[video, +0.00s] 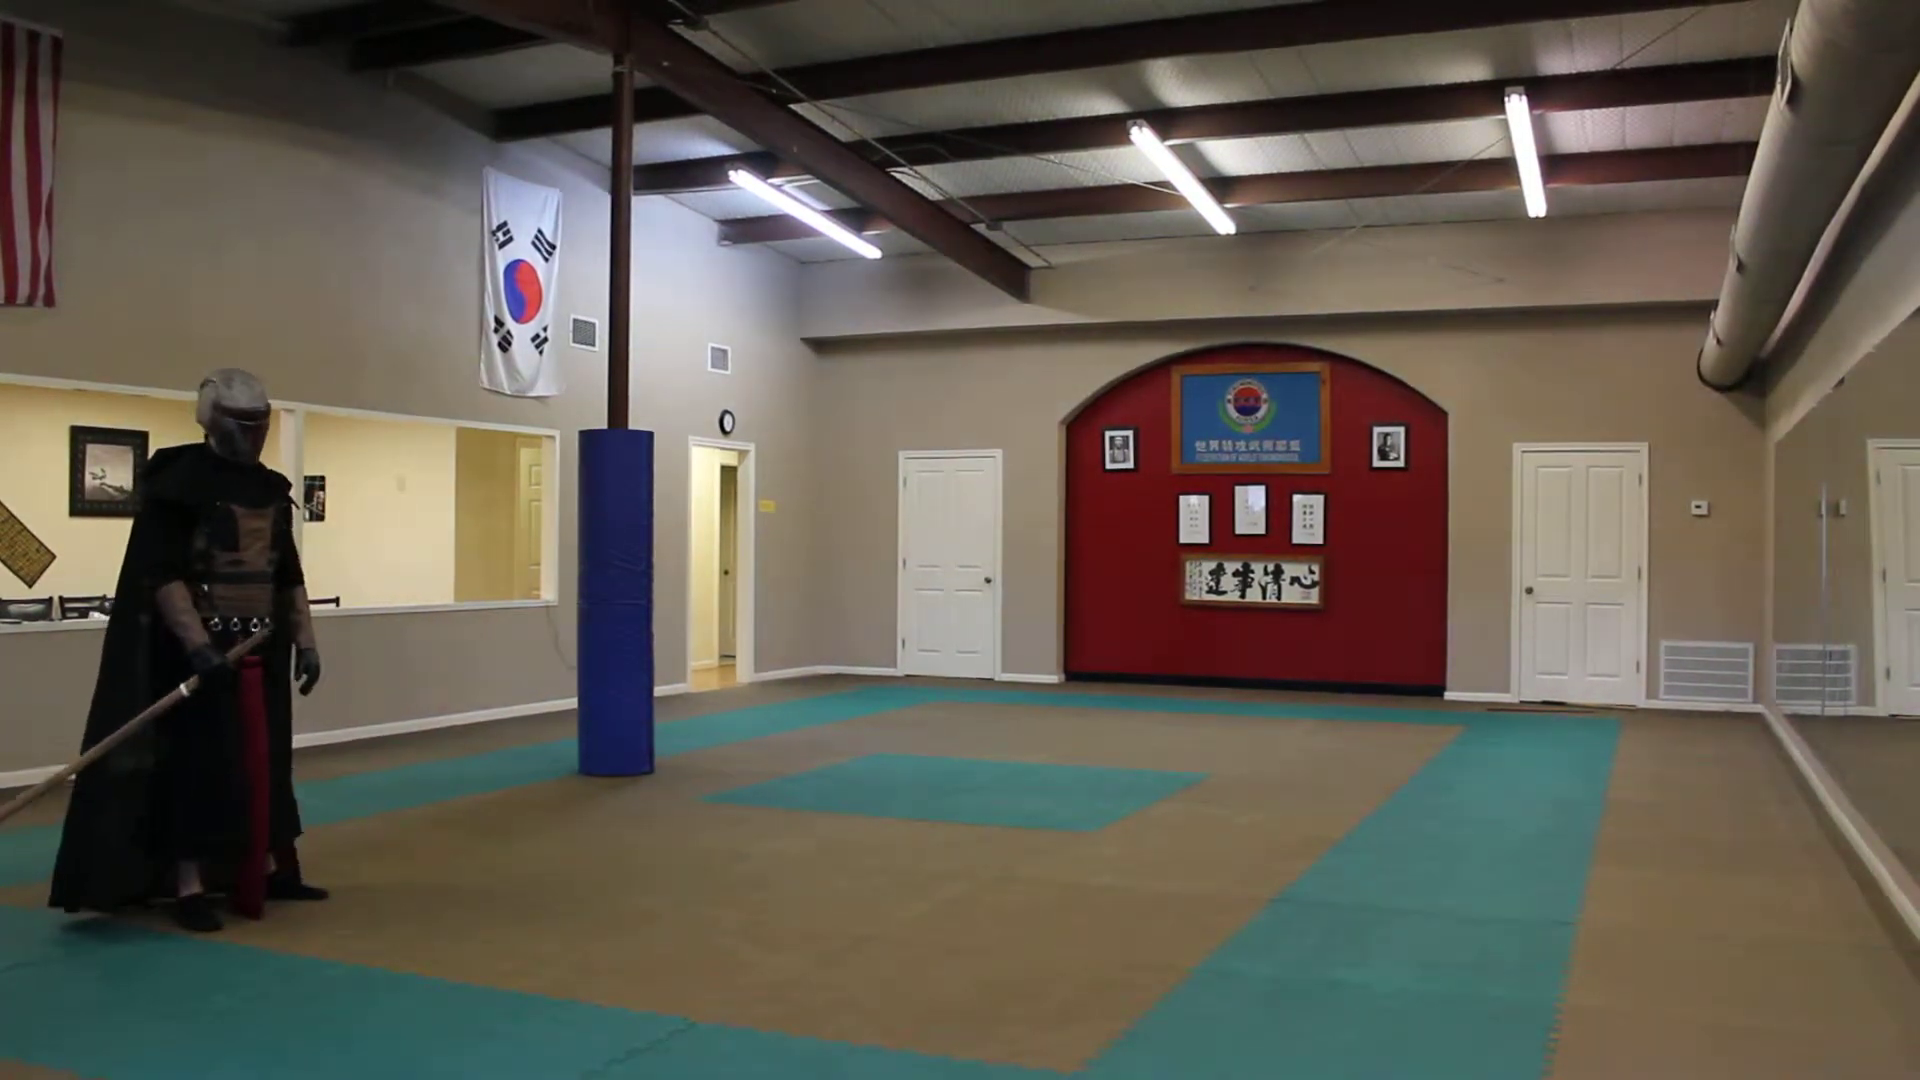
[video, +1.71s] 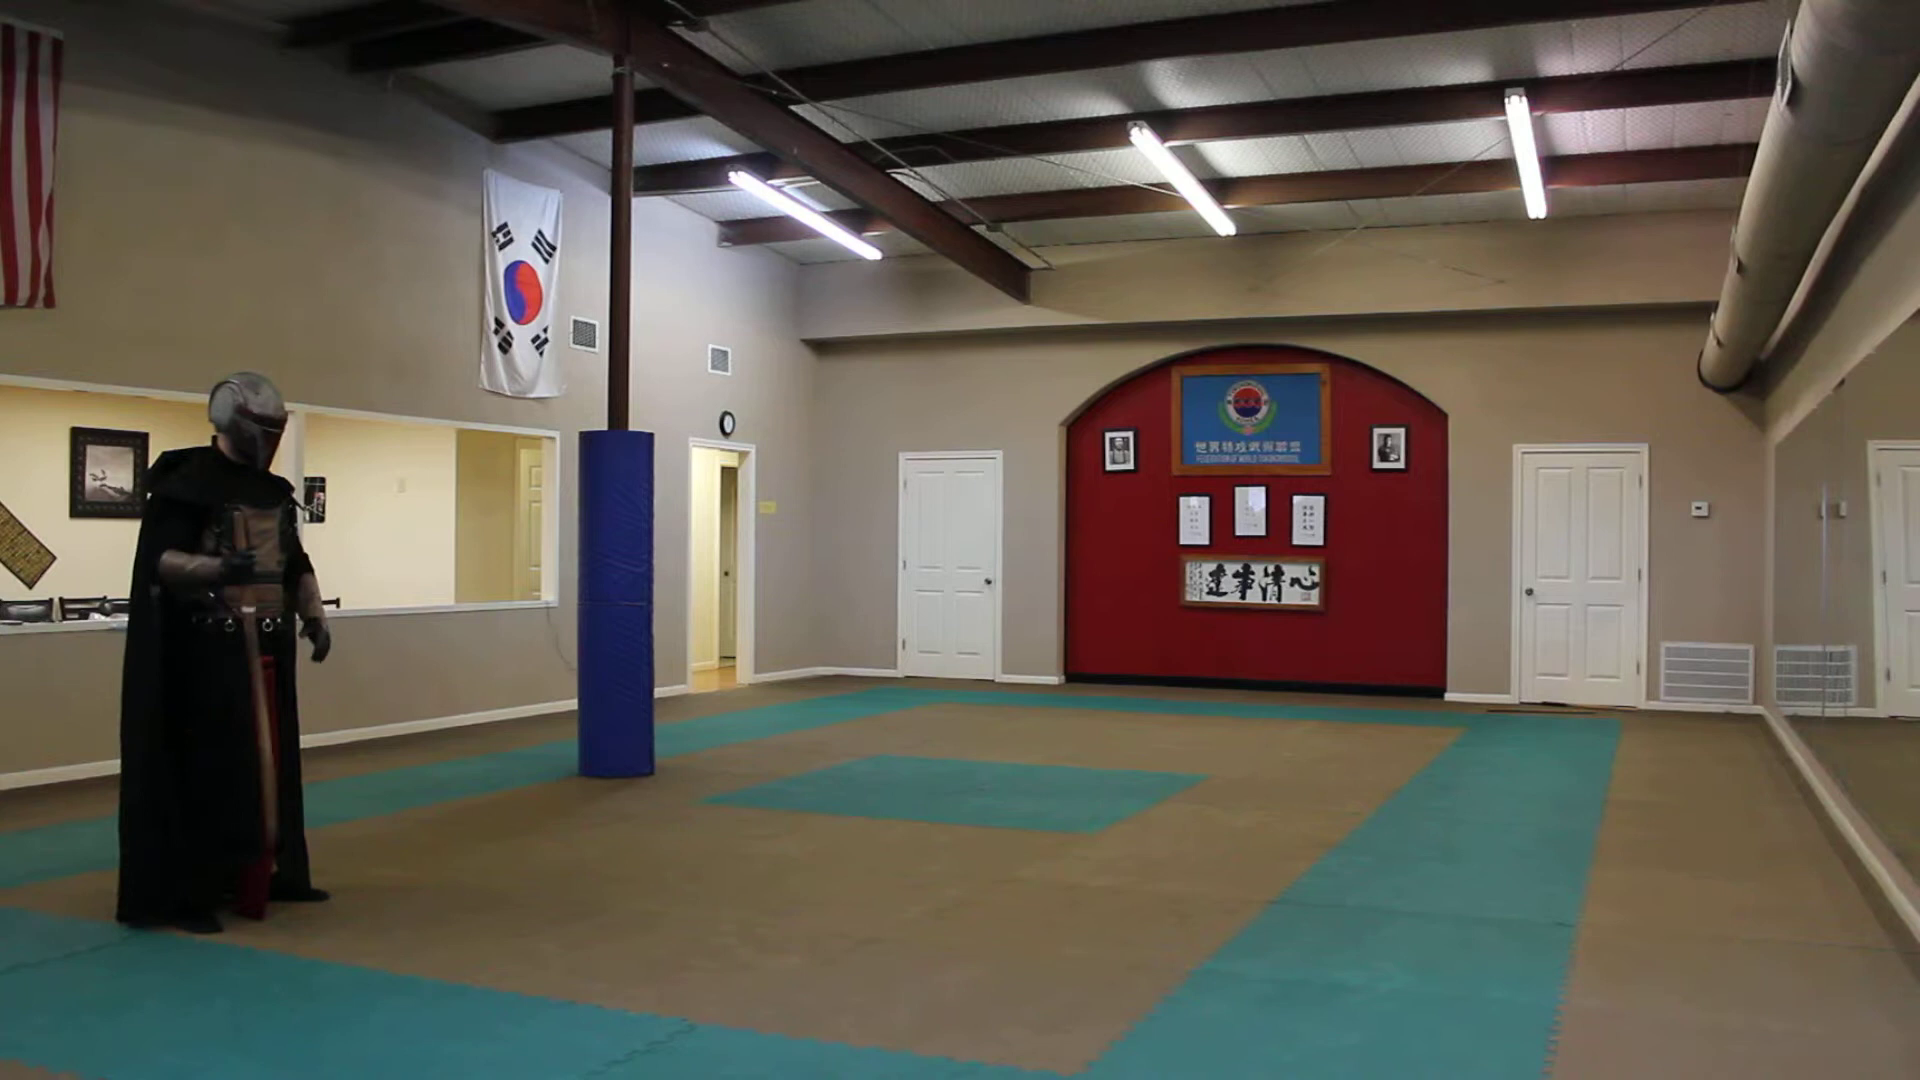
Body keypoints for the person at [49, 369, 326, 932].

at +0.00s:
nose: (251, 430)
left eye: (258, 420)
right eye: (238, 419)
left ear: (269, 421)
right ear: (209, 418)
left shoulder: (271, 489)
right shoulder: (175, 476)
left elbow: (289, 572)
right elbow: (160, 572)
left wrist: (305, 640)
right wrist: (198, 643)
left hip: (258, 651)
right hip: (191, 650)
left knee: (268, 759)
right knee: (192, 765)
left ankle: (275, 869)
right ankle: (189, 885)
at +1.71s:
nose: (276, 437)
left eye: (279, 427)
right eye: (268, 427)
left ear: (270, 427)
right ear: (232, 422)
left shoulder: (274, 493)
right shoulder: (185, 477)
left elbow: (295, 564)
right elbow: (158, 560)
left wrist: (315, 614)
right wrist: (219, 567)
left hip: (264, 652)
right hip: (198, 651)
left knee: (271, 762)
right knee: (199, 766)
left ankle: (273, 877)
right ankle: (187, 893)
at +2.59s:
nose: (285, 443)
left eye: (289, 433)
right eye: (277, 432)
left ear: (284, 433)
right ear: (242, 426)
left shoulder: (280, 491)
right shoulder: (204, 479)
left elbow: (285, 562)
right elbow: (195, 559)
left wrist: (316, 561)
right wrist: (260, 506)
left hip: (271, 644)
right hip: (211, 646)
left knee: (277, 760)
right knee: (203, 761)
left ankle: (275, 874)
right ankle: (188, 887)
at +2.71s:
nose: (278, 452)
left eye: (285, 441)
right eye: (270, 439)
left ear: (291, 440)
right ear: (239, 431)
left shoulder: (285, 494)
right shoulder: (203, 480)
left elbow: (310, 569)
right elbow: (203, 561)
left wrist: (331, 556)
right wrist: (248, 493)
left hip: (272, 647)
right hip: (212, 650)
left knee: (276, 764)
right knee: (200, 764)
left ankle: (275, 878)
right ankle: (184, 890)